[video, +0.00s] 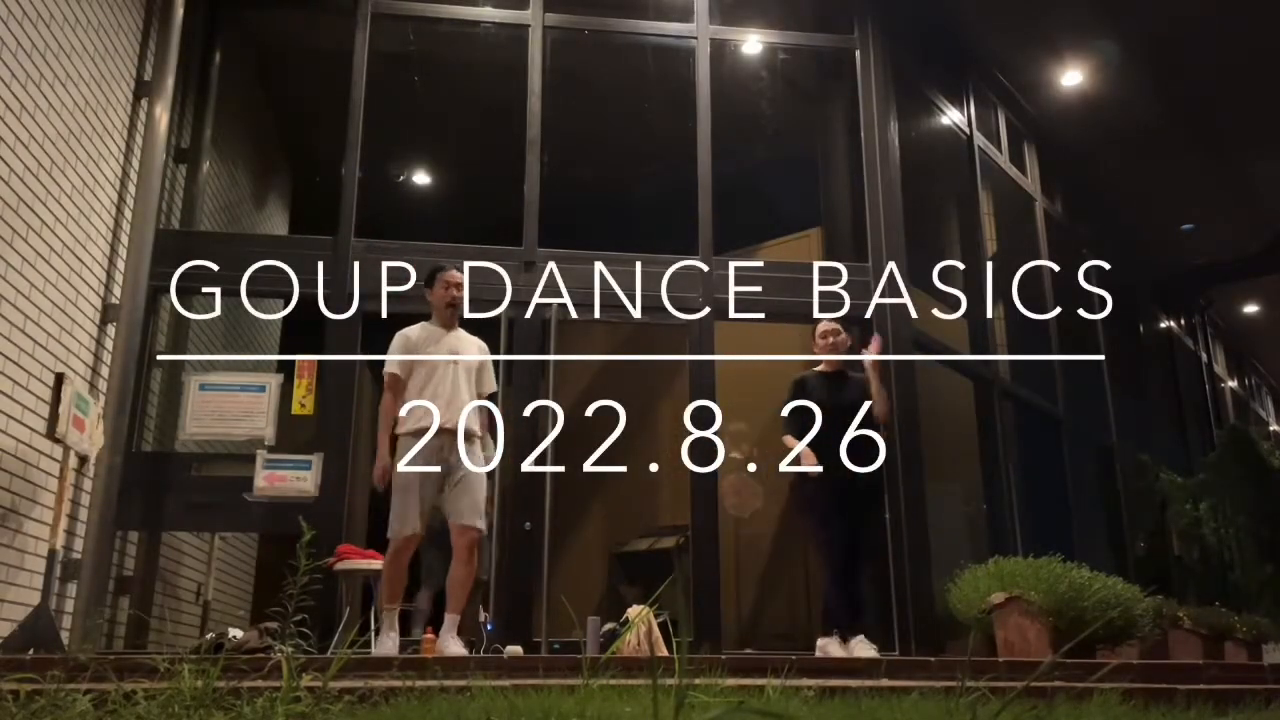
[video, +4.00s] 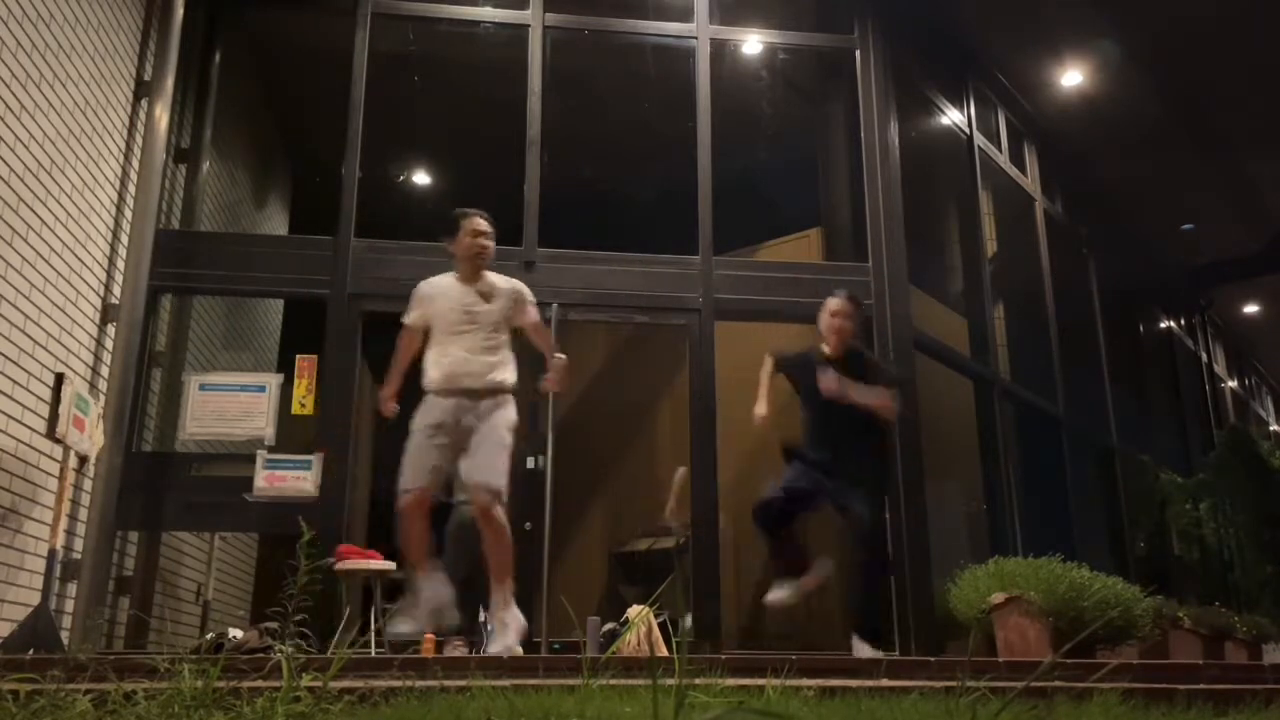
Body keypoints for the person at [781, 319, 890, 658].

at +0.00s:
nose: (830, 340)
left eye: (836, 333)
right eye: (823, 336)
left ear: (848, 341)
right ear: (814, 345)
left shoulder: (862, 381)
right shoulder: (805, 383)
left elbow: (883, 415)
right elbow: (787, 433)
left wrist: (872, 368)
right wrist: (802, 451)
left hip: (860, 478)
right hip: (822, 481)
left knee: (857, 553)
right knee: (834, 554)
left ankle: (839, 634)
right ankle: (844, 633)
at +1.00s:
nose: (886, 319)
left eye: (892, 313)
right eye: (879, 314)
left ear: (904, 319)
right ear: (870, 323)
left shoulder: (916, 357)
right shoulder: (856, 363)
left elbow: (916, 389)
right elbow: (841, 416)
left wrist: (896, 349)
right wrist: (831, 460)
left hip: (909, 468)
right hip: (864, 470)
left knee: (915, 550)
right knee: (870, 530)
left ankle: (917, 638)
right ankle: (867, 623)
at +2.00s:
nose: (833, 304)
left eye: (841, 298)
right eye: (828, 297)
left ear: (857, 307)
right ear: (821, 304)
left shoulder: (876, 358)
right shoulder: (804, 351)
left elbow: (898, 409)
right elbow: (772, 392)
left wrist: (896, 448)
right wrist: (772, 431)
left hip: (861, 461)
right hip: (810, 457)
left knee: (882, 541)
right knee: (793, 514)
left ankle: (903, 634)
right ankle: (779, 601)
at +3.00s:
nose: (863, 343)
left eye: (867, 335)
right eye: (854, 335)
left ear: (874, 341)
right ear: (838, 341)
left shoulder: (877, 385)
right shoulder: (822, 382)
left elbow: (913, 408)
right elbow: (813, 434)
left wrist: (927, 423)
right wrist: (859, 419)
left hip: (879, 486)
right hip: (835, 489)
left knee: (896, 552)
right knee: (866, 545)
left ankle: (905, 637)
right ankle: (864, 633)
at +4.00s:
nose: (836, 323)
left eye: (844, 316)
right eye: (831, 315)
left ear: (856, 324)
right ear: (819, 321)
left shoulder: (868, 366)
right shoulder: (808, 363)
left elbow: (891, 405)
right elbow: (772, 362)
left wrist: (843, 388)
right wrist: (763, 402)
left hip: (861, 472)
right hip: (814, 466)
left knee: (870, 551)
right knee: (770, 510)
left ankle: (866, 635)